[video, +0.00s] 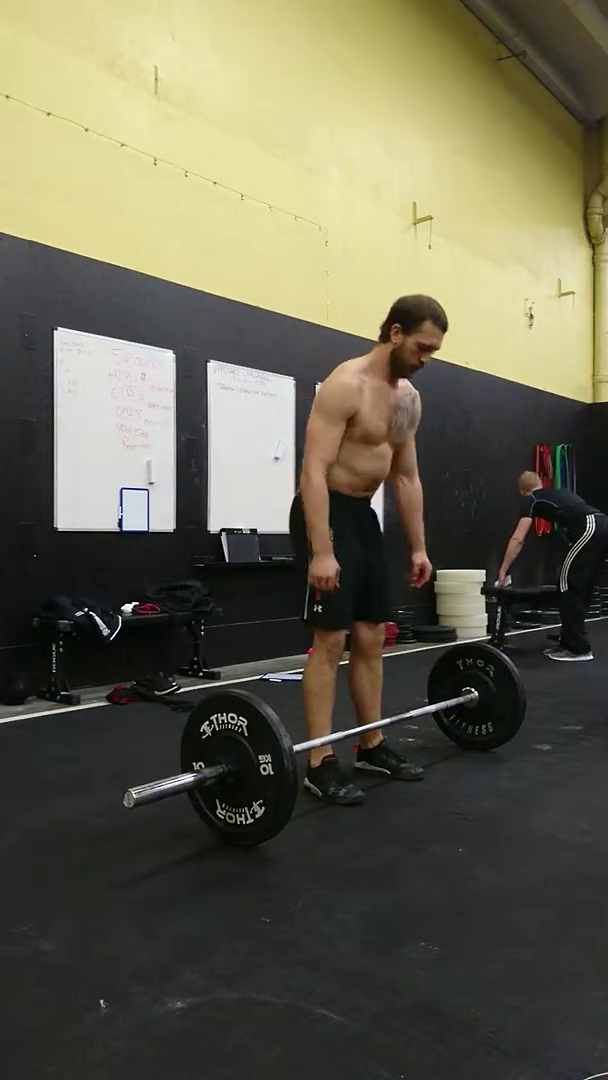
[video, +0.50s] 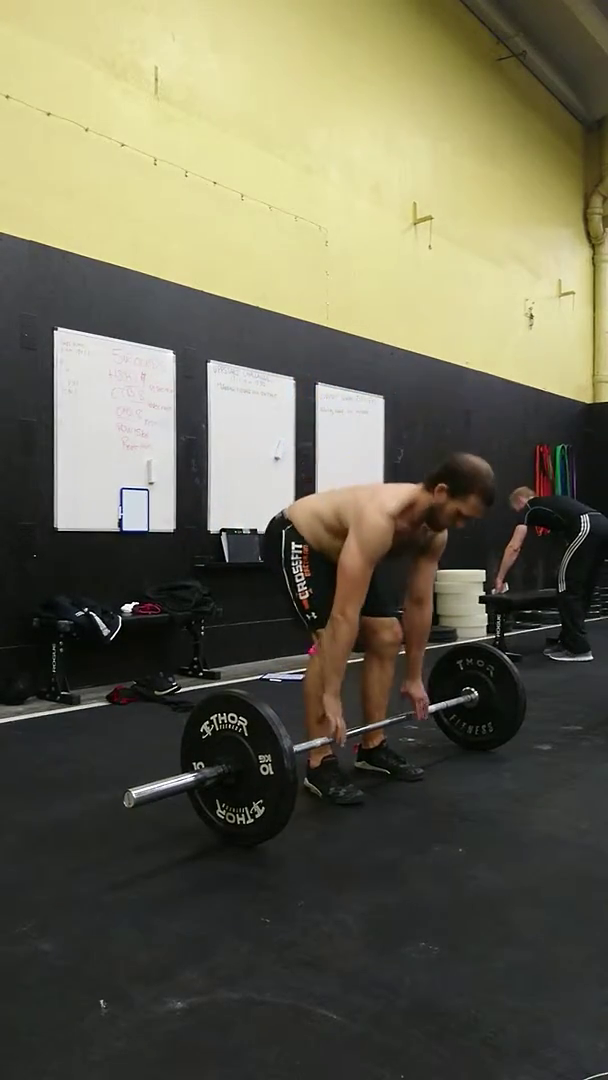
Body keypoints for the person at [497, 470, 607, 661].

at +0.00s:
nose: (524, 496)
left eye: (523, 493)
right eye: (523, 494)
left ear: (524, 491)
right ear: (540, 484)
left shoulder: (532, 500)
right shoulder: (556, 494)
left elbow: (518, 539)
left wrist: (503, 571)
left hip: (590, 528)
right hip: (600, 524)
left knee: (568, 583)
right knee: (580, 585)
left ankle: (577, 648)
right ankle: (570, 642)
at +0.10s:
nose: (522, 504)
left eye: (521, 502)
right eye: (522, 502)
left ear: (523, 500)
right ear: (538, 493)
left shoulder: (532, 508)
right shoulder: (554, 500)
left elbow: (516, 547)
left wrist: (501, 579)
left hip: (589, 528)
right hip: (601, 525)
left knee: (568, 584)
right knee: (580, 585)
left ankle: (578, 648)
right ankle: (569, 641)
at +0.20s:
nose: (522, 509)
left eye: (521, 507)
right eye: (521, 508)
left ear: (523, 504)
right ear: (537, 497)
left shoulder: (531, 510)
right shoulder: (553, 501)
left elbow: (513, 549)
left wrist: (497, 579)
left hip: (588, 529)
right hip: (600, 526)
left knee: (566, 584)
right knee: (580, 585)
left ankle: (578, 648)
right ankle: (569, 642)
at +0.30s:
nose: (521, 510)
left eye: (521, 507)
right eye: (520, 508)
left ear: (523, 504)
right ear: (536, 498)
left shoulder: (531, 509)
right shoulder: (553, 502)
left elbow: (514, 549)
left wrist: (498, 580)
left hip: (588, 529)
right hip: (600, 526)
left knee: (567, 586)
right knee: (581, 586)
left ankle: (578, 648)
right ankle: (568, 643)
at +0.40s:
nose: (520, 512)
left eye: (520, 509)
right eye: (519, 510)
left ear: (523, 502)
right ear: (534, 498)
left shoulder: (531, 509)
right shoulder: (552, 502)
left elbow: (514, 548)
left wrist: (499, 579)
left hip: (587, 529)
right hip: (600, 526)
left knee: (568, 586)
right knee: (583, 587)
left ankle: (578, 648)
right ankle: (569, 642)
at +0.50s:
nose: (519, 512)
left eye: (518, 508)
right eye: (517, 509)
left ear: (521, 501)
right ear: (531, 497)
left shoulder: (531, 508)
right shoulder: (550, 502)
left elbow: (514, 547)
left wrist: (500, 578)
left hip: (587, 528)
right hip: (600, 525)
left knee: (567, 585)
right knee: (582, 586)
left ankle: (578, 648)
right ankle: (569, 641)